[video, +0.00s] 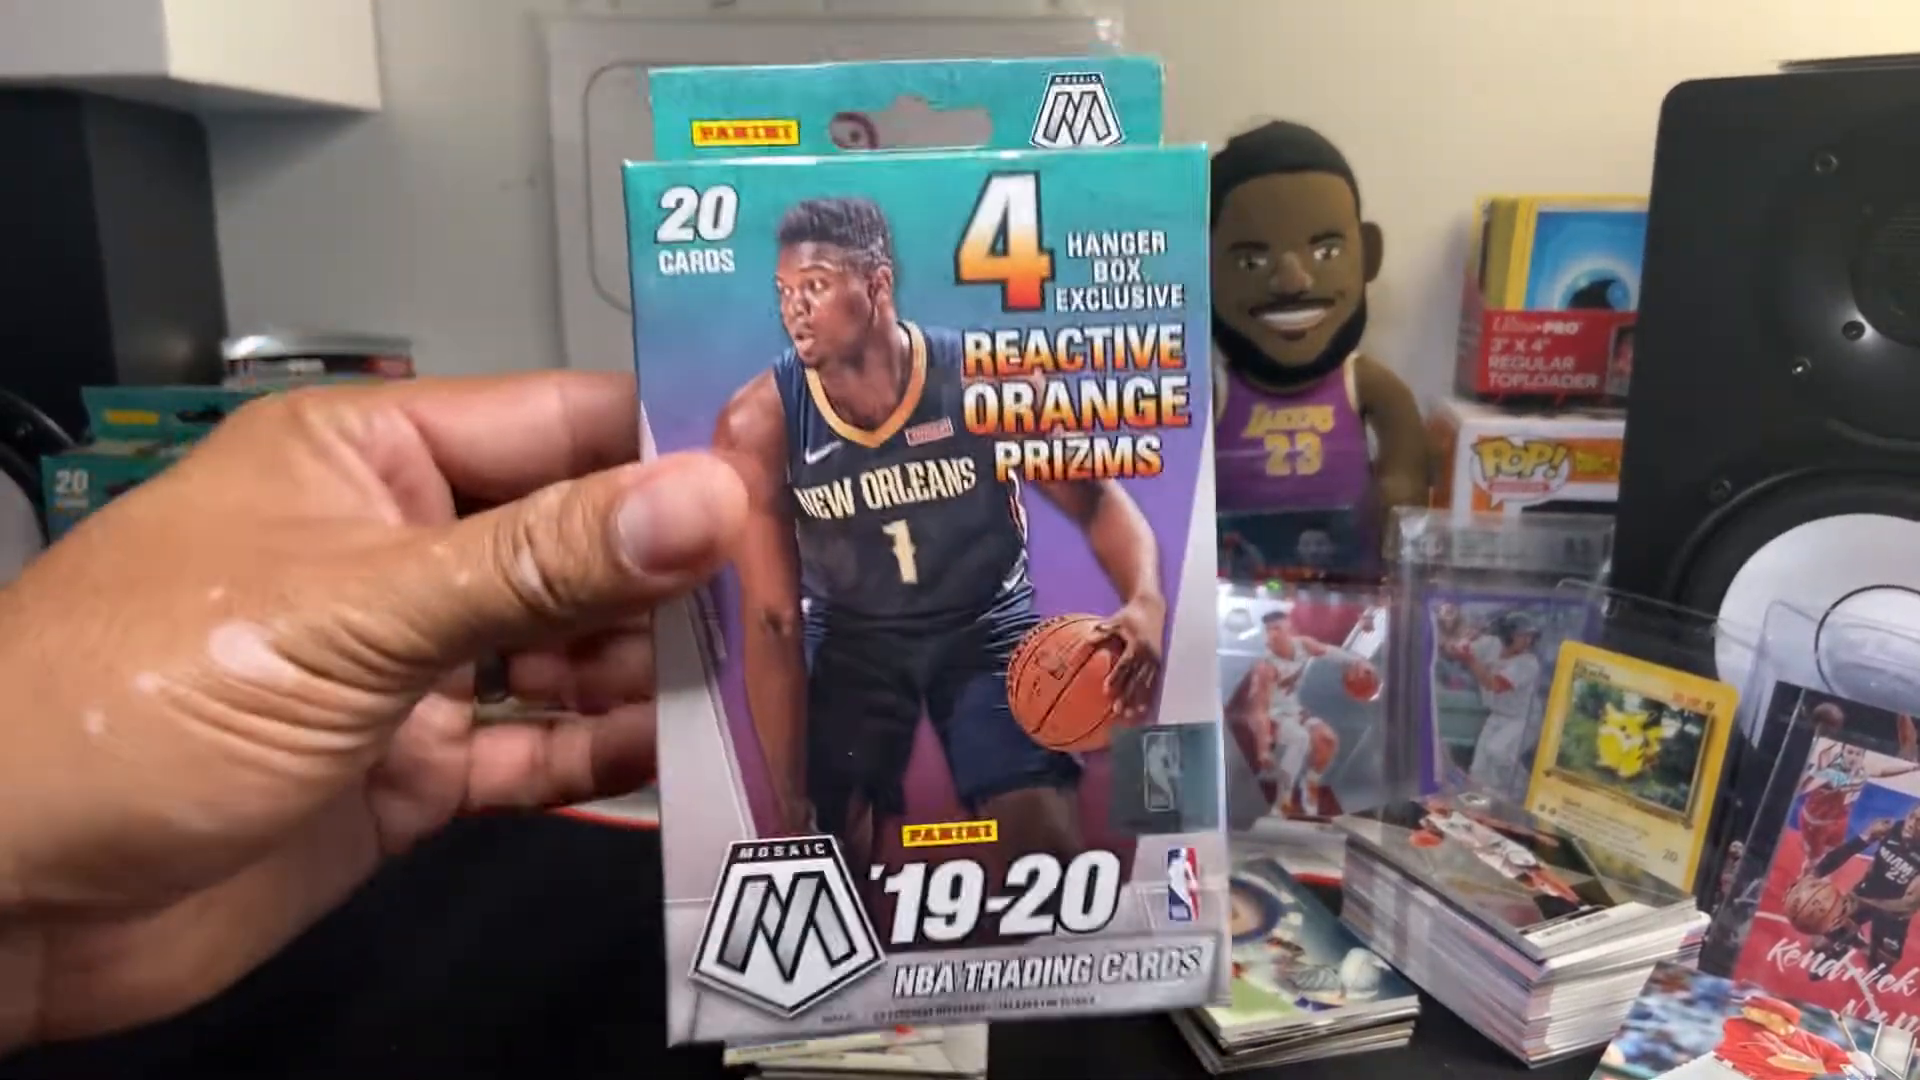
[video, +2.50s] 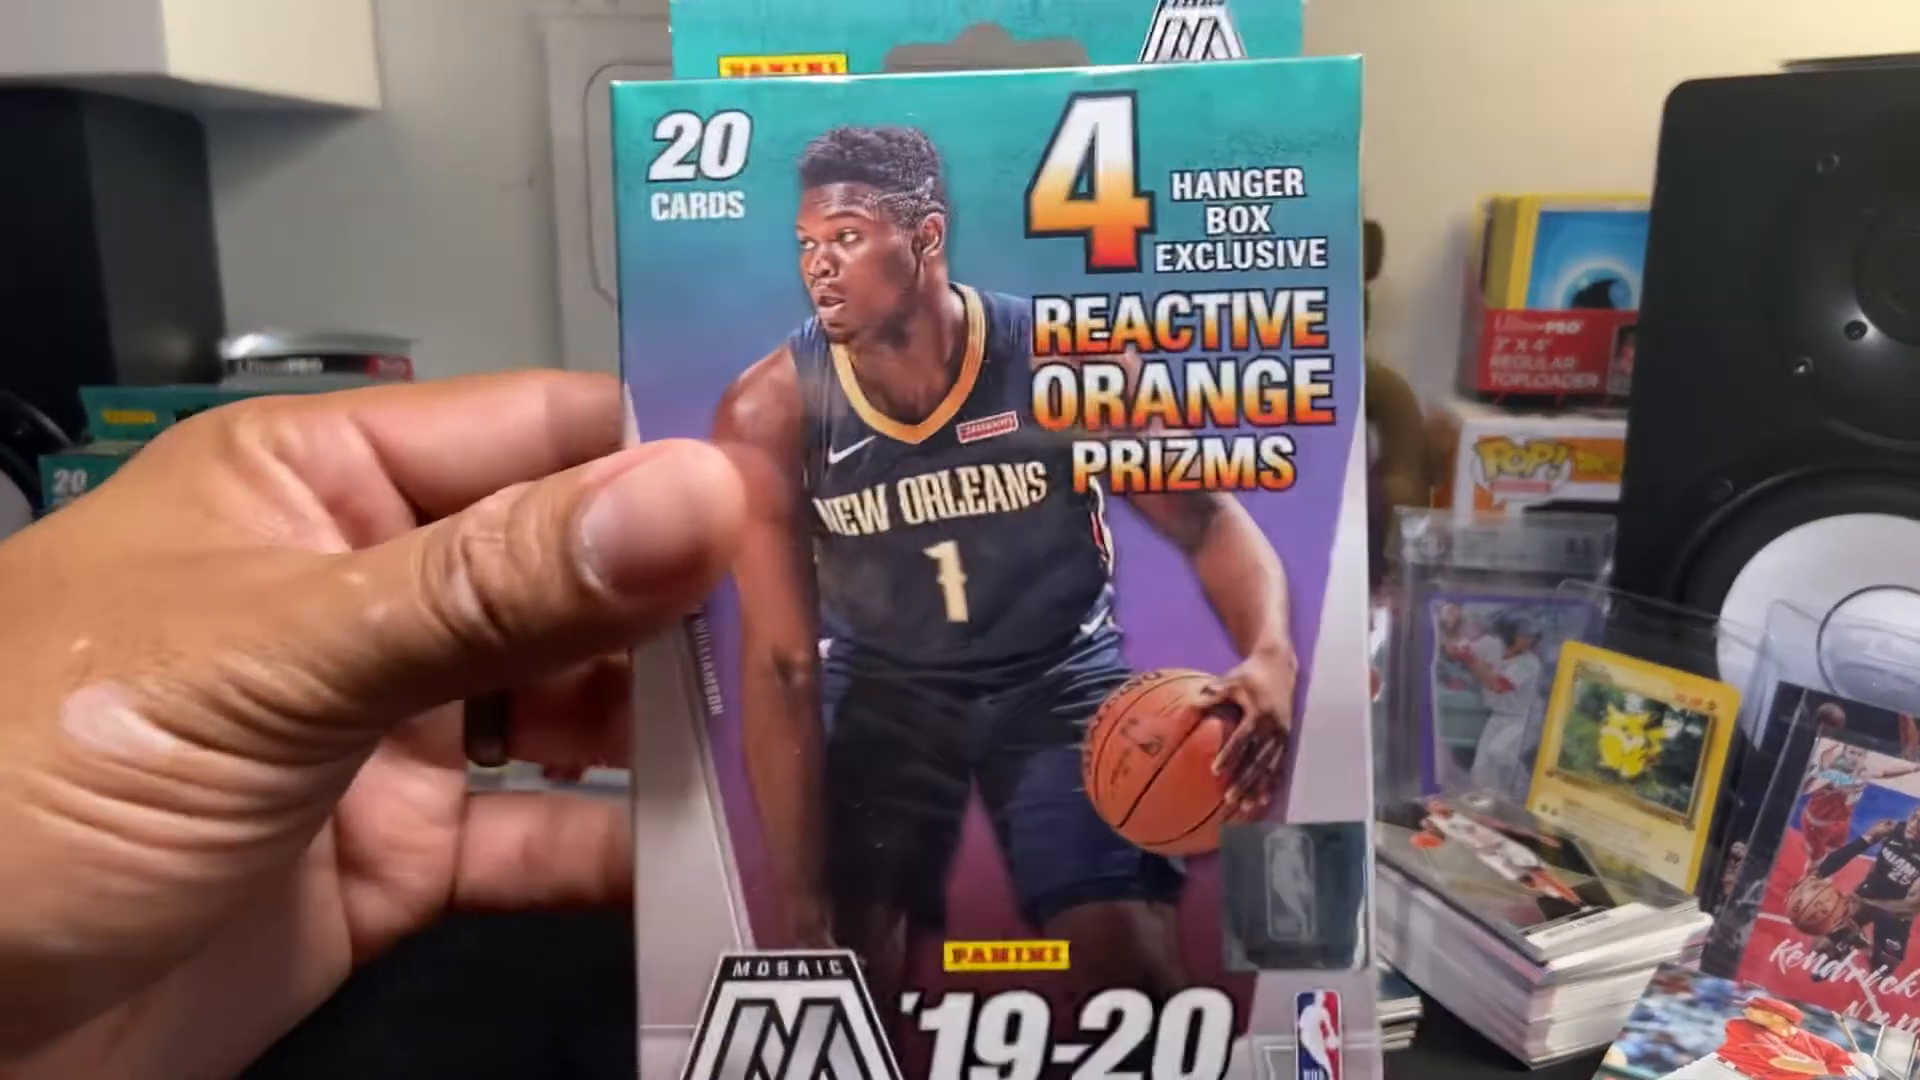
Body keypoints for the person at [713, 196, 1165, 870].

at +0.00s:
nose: (794, 309)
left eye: (815, 286)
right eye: (785, 291)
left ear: (879, 286)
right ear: (777, 299)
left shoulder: (982, 379)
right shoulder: (759, 423)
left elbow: (1093, 499)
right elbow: (771, 621)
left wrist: (1147, 600)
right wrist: (788, 798)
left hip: (989, 629)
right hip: (856, 643)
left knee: (1040, 840)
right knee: (829, 859)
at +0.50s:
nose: (725, 342)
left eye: (743, 320)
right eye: (716, 326)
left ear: (802, 320)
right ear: (710, 334)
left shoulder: (897, 403)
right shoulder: (692, 444)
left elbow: (1004, 514)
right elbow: (702, 630)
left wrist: (1054, 606)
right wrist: (718, 799)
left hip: (907, 637)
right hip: (783, 651)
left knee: (954, 831)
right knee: (756, 843)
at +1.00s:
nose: (755, 335)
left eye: (776, 313)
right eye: (747, 318)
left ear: (839, 312)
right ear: (740, 326)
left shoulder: (939, 408)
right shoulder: (718, 446)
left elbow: (1051, 528)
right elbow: (726, 646)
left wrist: (1104, 630)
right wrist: (740, 826)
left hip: (943, 654)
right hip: (810, 666)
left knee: (991, 872)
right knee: (783, 871)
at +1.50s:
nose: (828, 306)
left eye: (854, 282)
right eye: (819, 283)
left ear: (922, 290)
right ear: (806, 292)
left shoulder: (1028, 406)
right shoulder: (780, 427)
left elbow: (1157, 557)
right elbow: (767, 655)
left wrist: (1202, 680)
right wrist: (767, 858)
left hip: (1008, 695)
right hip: (865, 698)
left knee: (1054, 907)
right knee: (837, 913)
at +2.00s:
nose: (644, 311)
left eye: (661, 291)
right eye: (636, 297)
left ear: (714, 292)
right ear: (631, 304)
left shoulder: (795, 366)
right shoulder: (617, 397)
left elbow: (888, 464)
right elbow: (623, 565)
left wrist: (932, 543)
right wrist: (637, 712)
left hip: (805, 574)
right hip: (694, 584)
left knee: (847, 743)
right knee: (678, 755)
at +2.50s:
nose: (817, 267)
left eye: (845, 238)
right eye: (807, 244)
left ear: (929, 238)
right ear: (797, 254)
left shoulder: (1058, 360)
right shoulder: (772, 411)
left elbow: (1205, 520)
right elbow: (780, 668)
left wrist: (1273, 653)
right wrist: (799, 906)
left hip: (1063, 679)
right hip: (886, 690)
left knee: (1125, 954)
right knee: (845, 957)